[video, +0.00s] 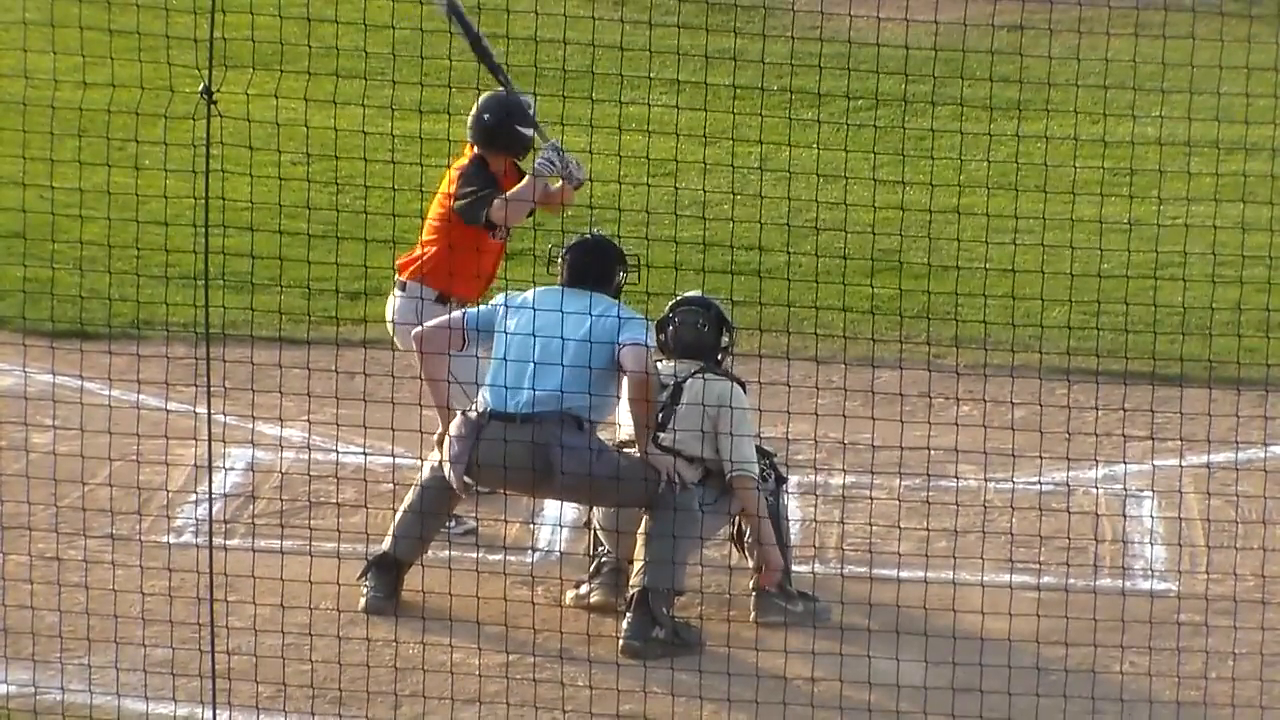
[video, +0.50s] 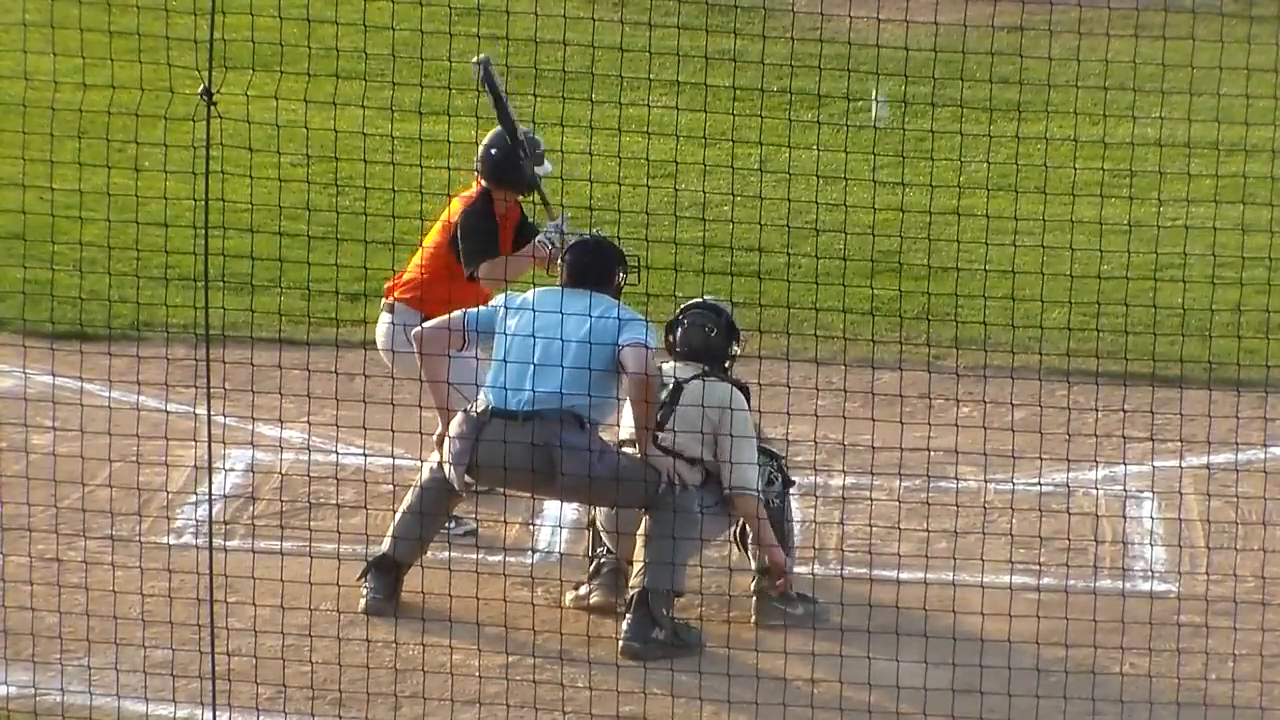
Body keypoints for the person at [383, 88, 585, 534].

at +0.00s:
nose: (527, 141)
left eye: (528, 135)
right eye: (524, 134)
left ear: (484, 135)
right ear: (511, 139)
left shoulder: (505, 172)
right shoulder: (471, 175)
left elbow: (546, 202)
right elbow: (502, 215)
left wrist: (567, 185)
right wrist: (537, 177)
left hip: (449, 306)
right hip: (422, 306)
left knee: (481, 400)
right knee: (473, 408)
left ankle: (443, 502)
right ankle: (435, 507)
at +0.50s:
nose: (536, 173)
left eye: (536, 165)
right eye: (531, 166)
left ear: (491, 168)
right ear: (519, 172)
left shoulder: (511, 210)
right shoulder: (475, 207)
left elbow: (527, 256)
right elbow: (488, 272)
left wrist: (550, 244)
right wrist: (536, 252)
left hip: (450, 327)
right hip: (411, 324)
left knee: (489, 401)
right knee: (467, 410)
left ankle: (443, 504)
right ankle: (435, 509)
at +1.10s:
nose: (514, 131)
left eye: (514, 123)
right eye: (507, 124)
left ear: (481, 127)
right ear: (487, 127)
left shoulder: (489, 161)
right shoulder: (445, 175)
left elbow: (486, 212)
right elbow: (430, 249)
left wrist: (512, 230)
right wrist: (484, 231)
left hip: (454, 286)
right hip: (415, 289)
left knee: (462, 388)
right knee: (445, 397)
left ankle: (410, 465)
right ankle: (434, 504)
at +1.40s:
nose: (471, 102)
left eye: (470, 94)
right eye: (465, 95)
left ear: (433, 97)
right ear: (444, 98)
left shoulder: (434, 136)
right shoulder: (407, 144)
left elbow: (441, 191)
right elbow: (399, 221)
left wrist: (479, 189)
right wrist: (453, 200)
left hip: (414, 274)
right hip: (392, 276)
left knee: (417, 381)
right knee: (435, 383)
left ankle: (354, 473)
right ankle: (432, 506)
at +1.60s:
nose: (435, 103)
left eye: (436, 94)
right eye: (432, 93)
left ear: (394, 85)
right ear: (414, 92)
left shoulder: (377, 123)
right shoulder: (379, 135)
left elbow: (390, 189)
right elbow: (373, 209)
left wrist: (419, 172)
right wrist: (425, 197)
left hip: (356, 260)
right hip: (361, 264)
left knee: (374, 377)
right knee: (394, 378)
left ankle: (345, 485)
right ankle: (405, 498)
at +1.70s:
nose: (419, 107)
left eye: (423, 97)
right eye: (418, 96)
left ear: (381, 81)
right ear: (400, 88)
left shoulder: (348, 118)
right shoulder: (367, 126)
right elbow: (360, 200)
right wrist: (413, 196)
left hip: (325, 258)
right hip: (347, 262)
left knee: (351, 377)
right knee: (382, 378)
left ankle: (339, 481)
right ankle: (349, 482)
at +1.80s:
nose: (402, 111)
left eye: (406, 102)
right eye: (402, 100)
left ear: (367, 83)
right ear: (387, 91)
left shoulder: (330, 116)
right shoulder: (358, 127)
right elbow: (353, 198)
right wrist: (408, 196)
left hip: (308, 257)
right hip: (340, 263)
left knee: (342, 379)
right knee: (368, 387)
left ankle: (348, 484)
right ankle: (305, 469)